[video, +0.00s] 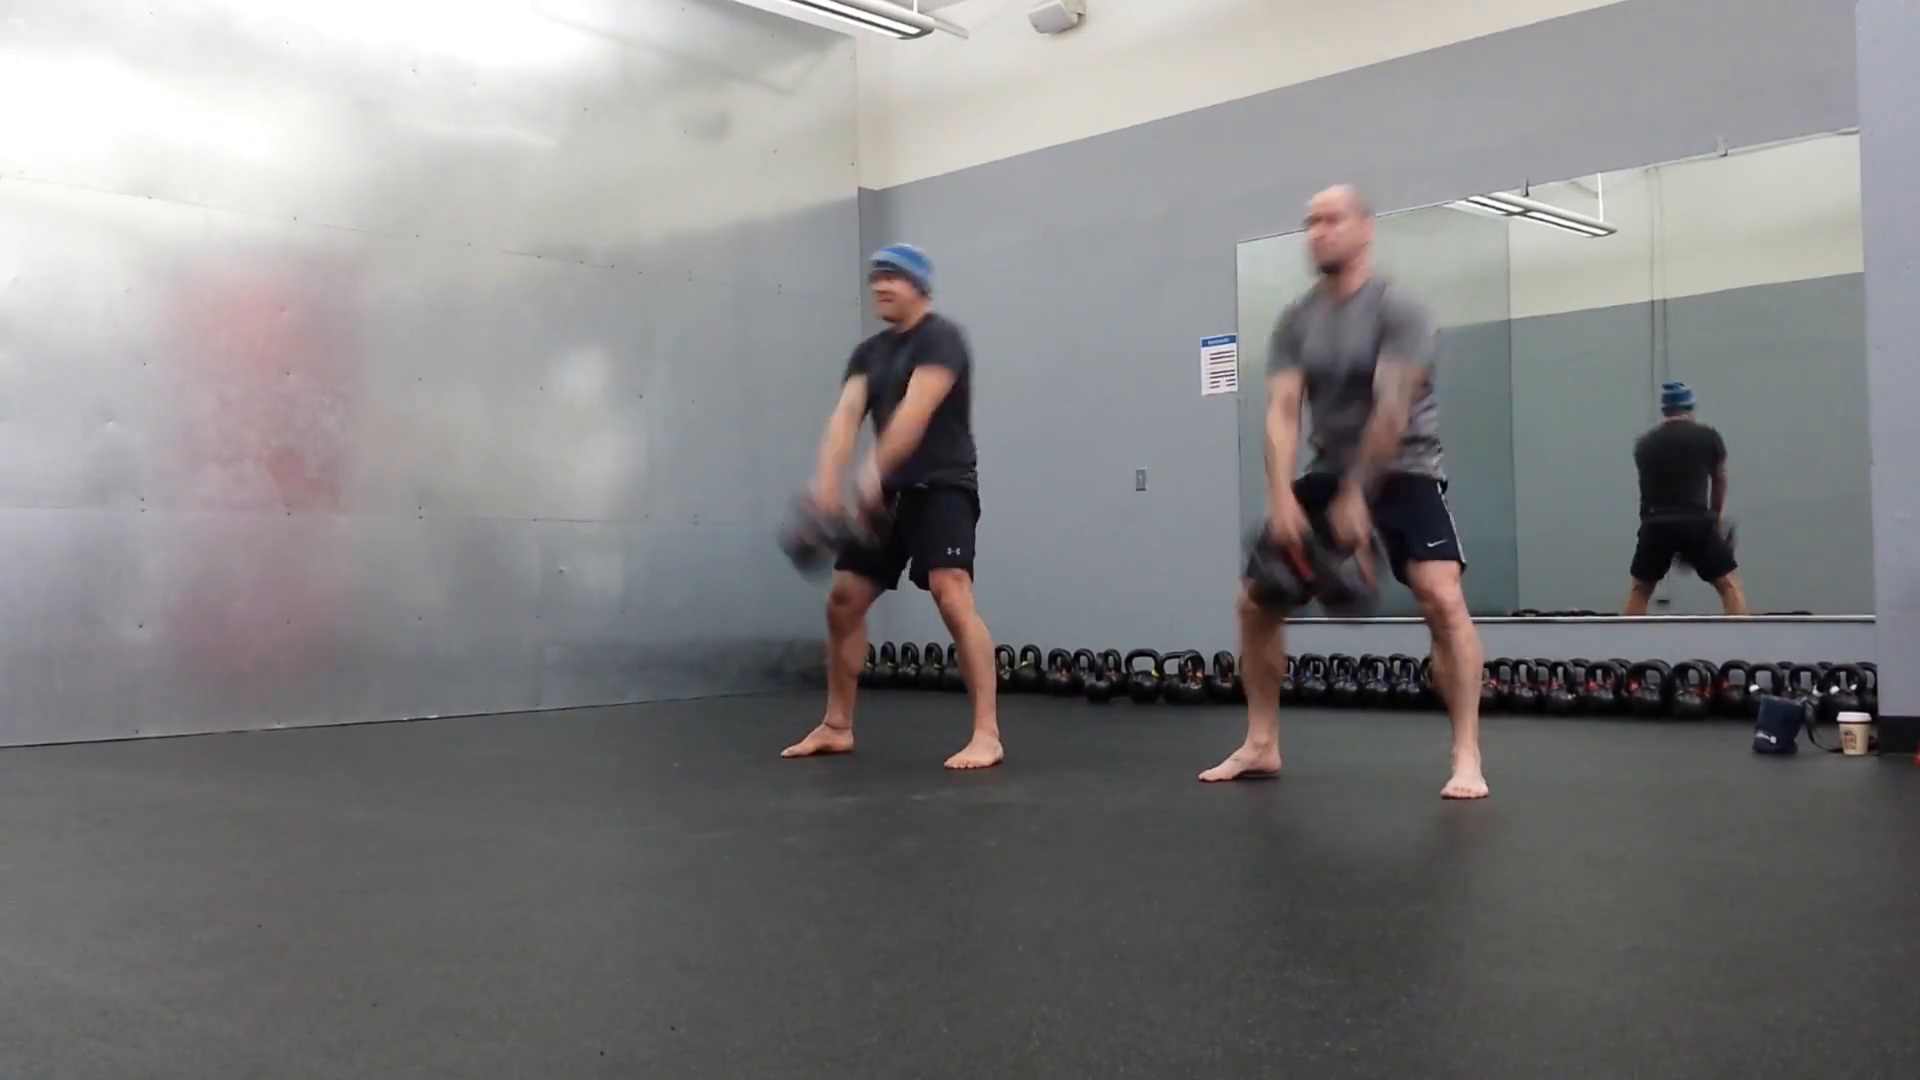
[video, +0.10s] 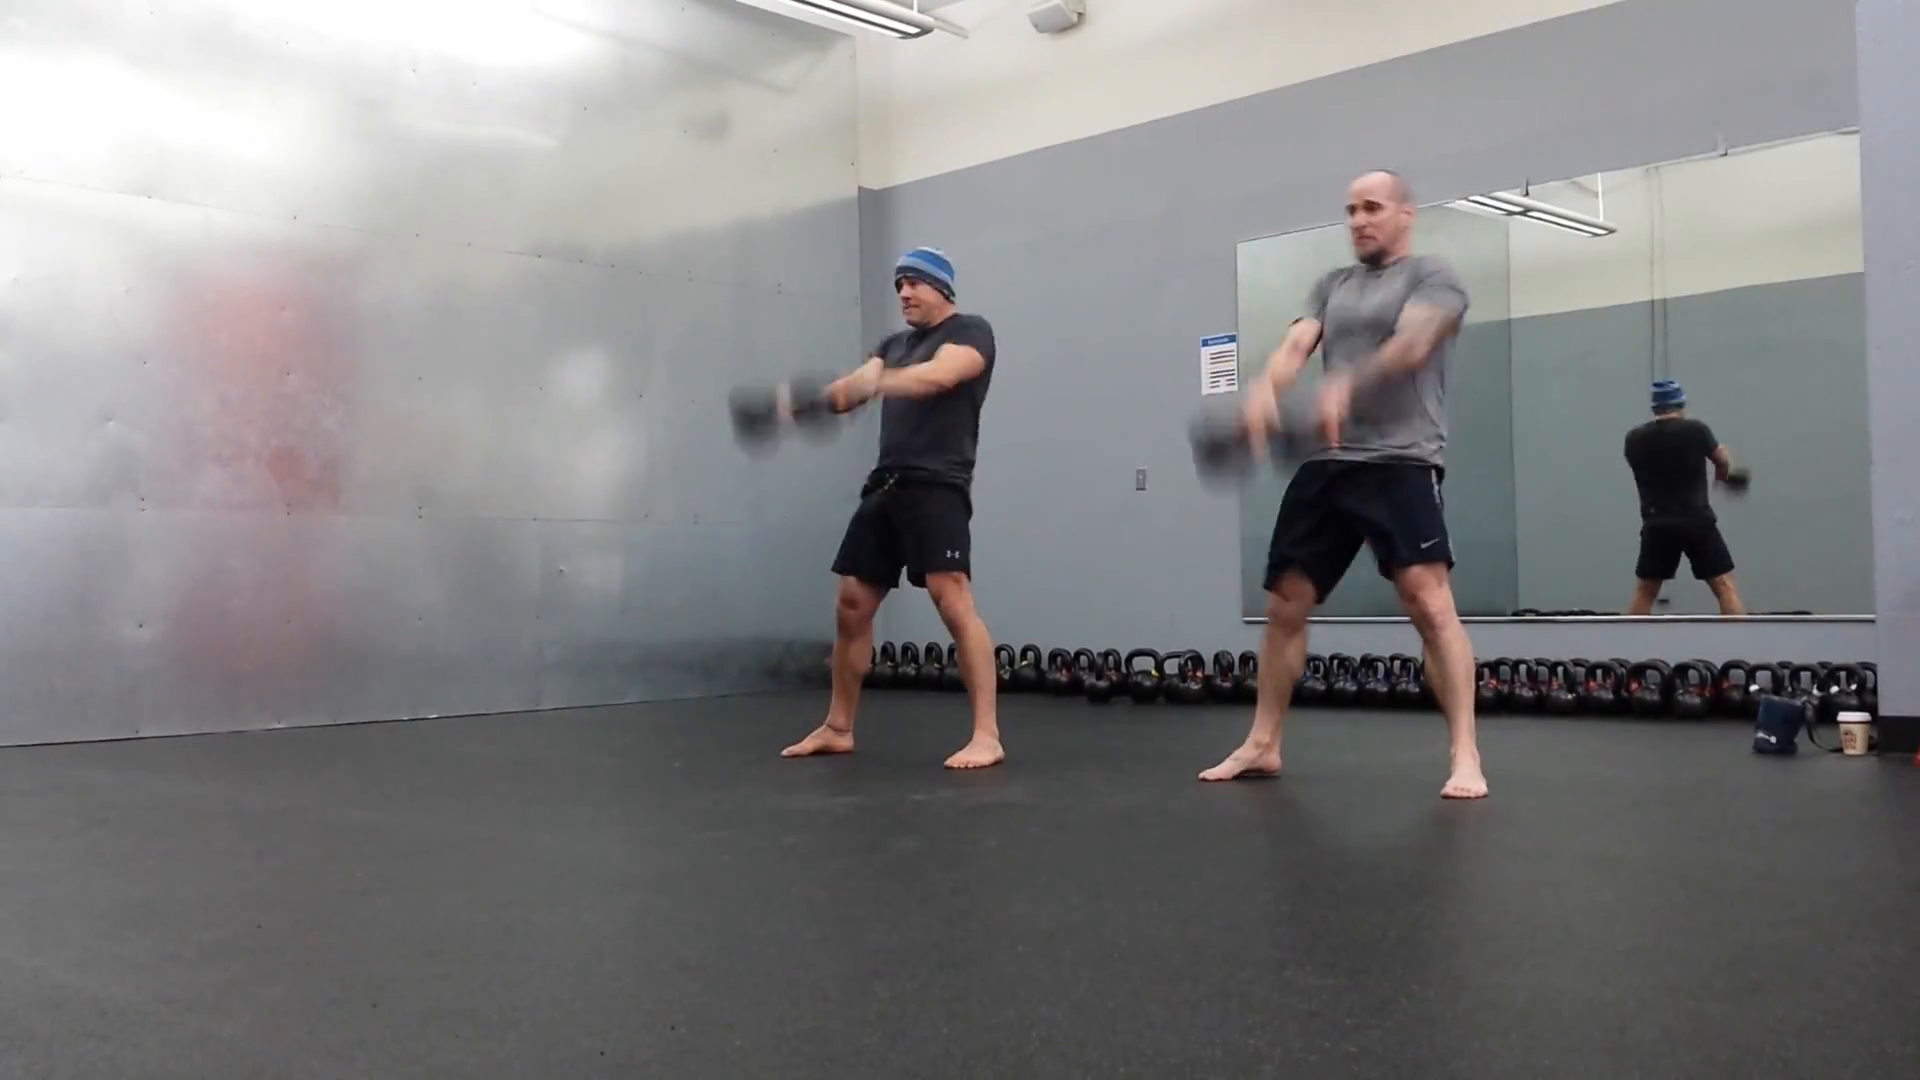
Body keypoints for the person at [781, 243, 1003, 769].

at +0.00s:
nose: (880, 290)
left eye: (891, 281)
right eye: (876, 282)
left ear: (920, 287)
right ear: (873, 292)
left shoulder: (943, 340)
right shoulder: (870, 351)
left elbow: (913, 415)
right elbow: (845, 417)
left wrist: (873, 476)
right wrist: (827, 483)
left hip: (943, 489)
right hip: (888, 491)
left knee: (951, 594)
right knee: (844, 602)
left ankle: (986, 734)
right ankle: (837, 725)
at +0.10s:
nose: (903, 293)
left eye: (912, 283)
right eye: (900, 285)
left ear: (942, 288)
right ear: (902, 293)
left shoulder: (972, 332)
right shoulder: (897, 345)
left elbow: (935, 379)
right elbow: (855, 385)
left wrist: (871, 383)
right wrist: (803, 404)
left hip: (938, 491)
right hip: (885, 490)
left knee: (952, 600)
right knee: (852, 607)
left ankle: (986, 736)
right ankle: (838, 726)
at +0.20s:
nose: (896, 292)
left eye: (905, 281)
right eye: (893, 285)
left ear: (934, 286)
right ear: (897, 294)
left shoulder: (969, 335)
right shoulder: (890, 349)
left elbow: (945, 368)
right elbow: (830, 388)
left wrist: (877, 329)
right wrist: (806, 345)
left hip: (925, 490)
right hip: (870, 490)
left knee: (947, 604)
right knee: (853, 612)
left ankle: (986, 736)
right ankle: (838, 727)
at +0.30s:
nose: (878, 284)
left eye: (888, 275)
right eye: (875, 276)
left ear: (919, 279)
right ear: (875, 283)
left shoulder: (948, 335)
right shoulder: (868, 336)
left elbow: (927, 299)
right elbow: (803, 320)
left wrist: (876, 248)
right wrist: (790, 276)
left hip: (915, 490)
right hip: (858, 493)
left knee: (943, 604)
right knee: (850, 614)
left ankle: (987, 736)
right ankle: (839, 728)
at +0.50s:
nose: (844, 278)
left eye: (854, 269)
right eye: (842, 270)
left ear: (885, 275)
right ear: (841, 280)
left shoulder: (911, 318)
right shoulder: (840, 324)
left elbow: (910, 232)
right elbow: (812, 251)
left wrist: (901, 157)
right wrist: (821, 180)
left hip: (899, 486)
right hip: (843, 490)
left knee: (939, 609)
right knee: (848, 619)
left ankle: (986, 737)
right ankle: (840, 729)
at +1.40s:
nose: (889, 277)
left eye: (900, 268)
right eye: (884, 270)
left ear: (921, 278)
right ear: (878, 280)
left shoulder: (944, 336)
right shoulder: (867, 340)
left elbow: (927, 321)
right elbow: (800, 339)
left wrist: (917, 259)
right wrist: (819, 275)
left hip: (912, 489)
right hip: (856, 491)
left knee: (943, 607)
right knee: (852, 618)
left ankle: (986, 736)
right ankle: (839, 728)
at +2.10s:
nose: (868, 279)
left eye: (878, 270)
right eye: (866, 272)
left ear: (908, 277)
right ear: (869, 281)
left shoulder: (937, 331)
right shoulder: (863, 344)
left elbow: (912, 394)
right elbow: (829, 413)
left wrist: (878, 332)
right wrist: (810, 359)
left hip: (914, 491)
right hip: (859, 492)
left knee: (944, 605)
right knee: (850, 615)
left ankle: (987, 736)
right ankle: (839, 727)